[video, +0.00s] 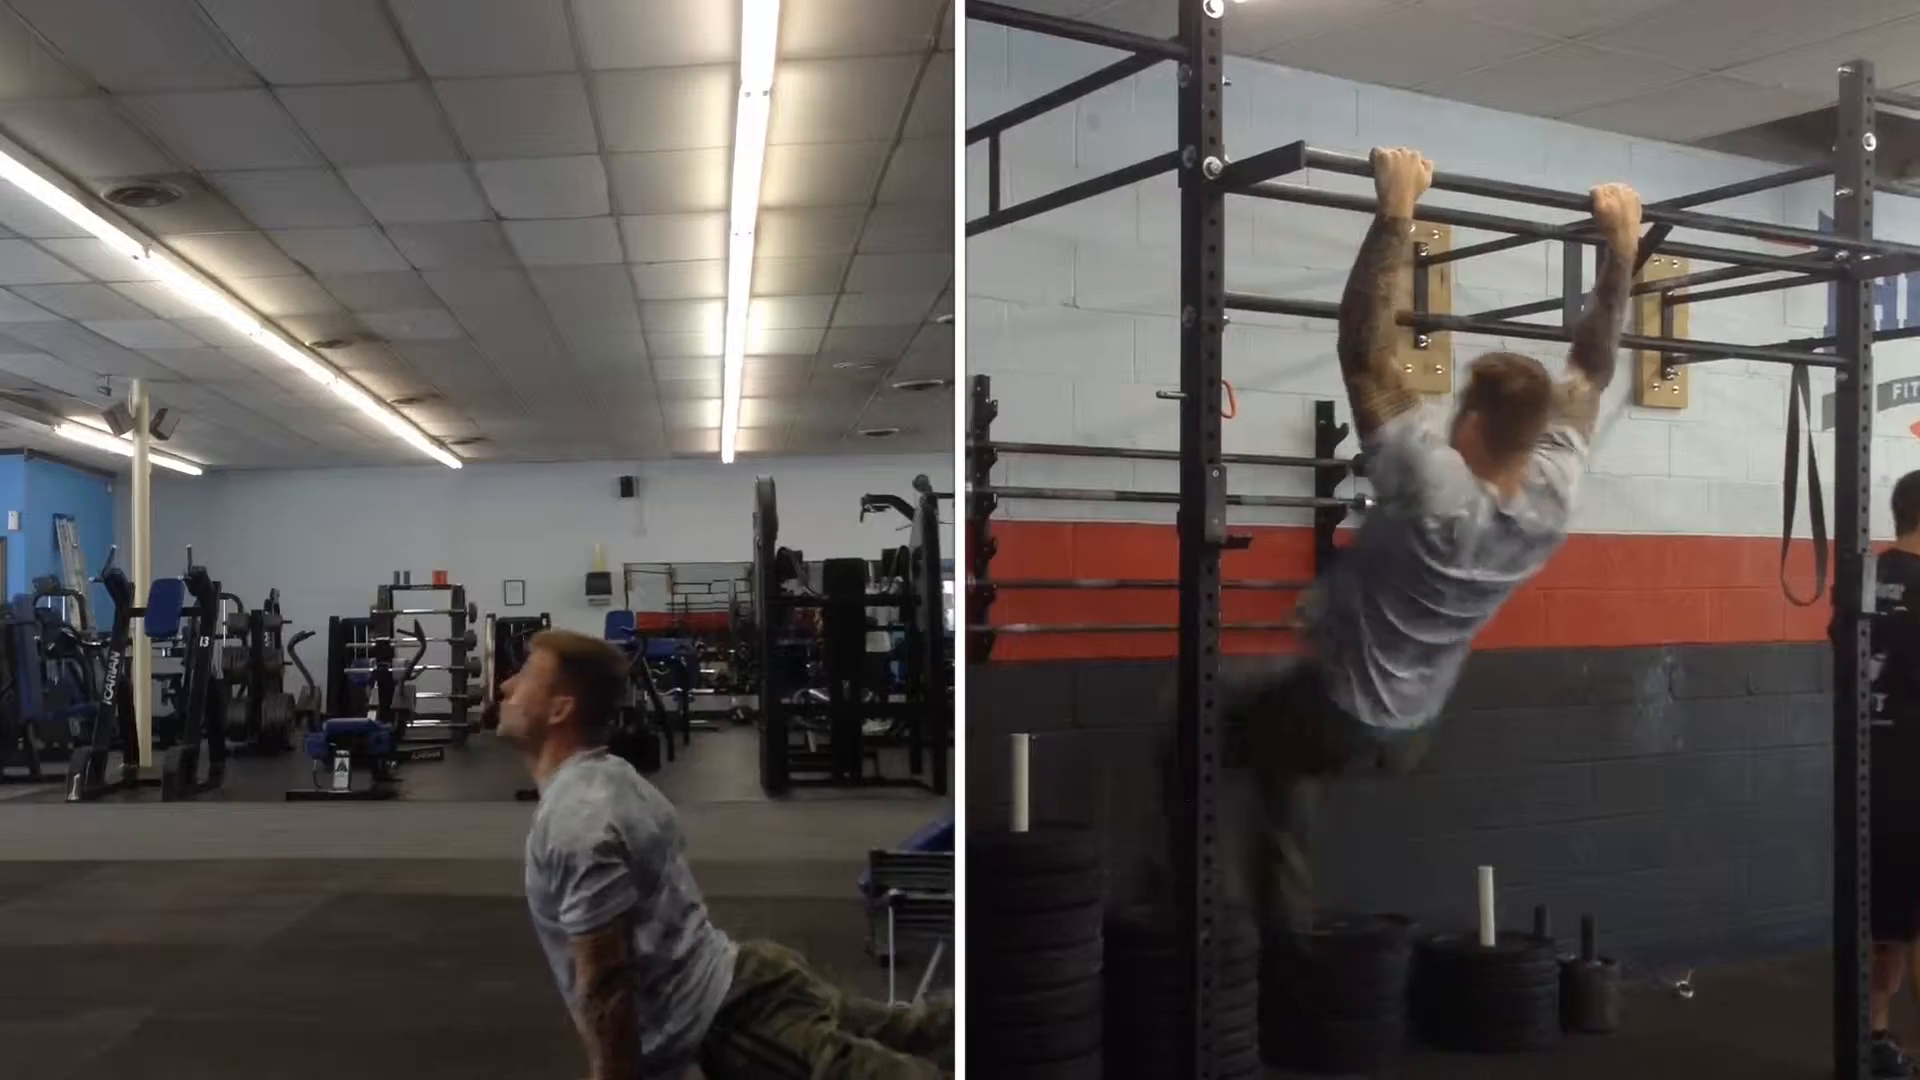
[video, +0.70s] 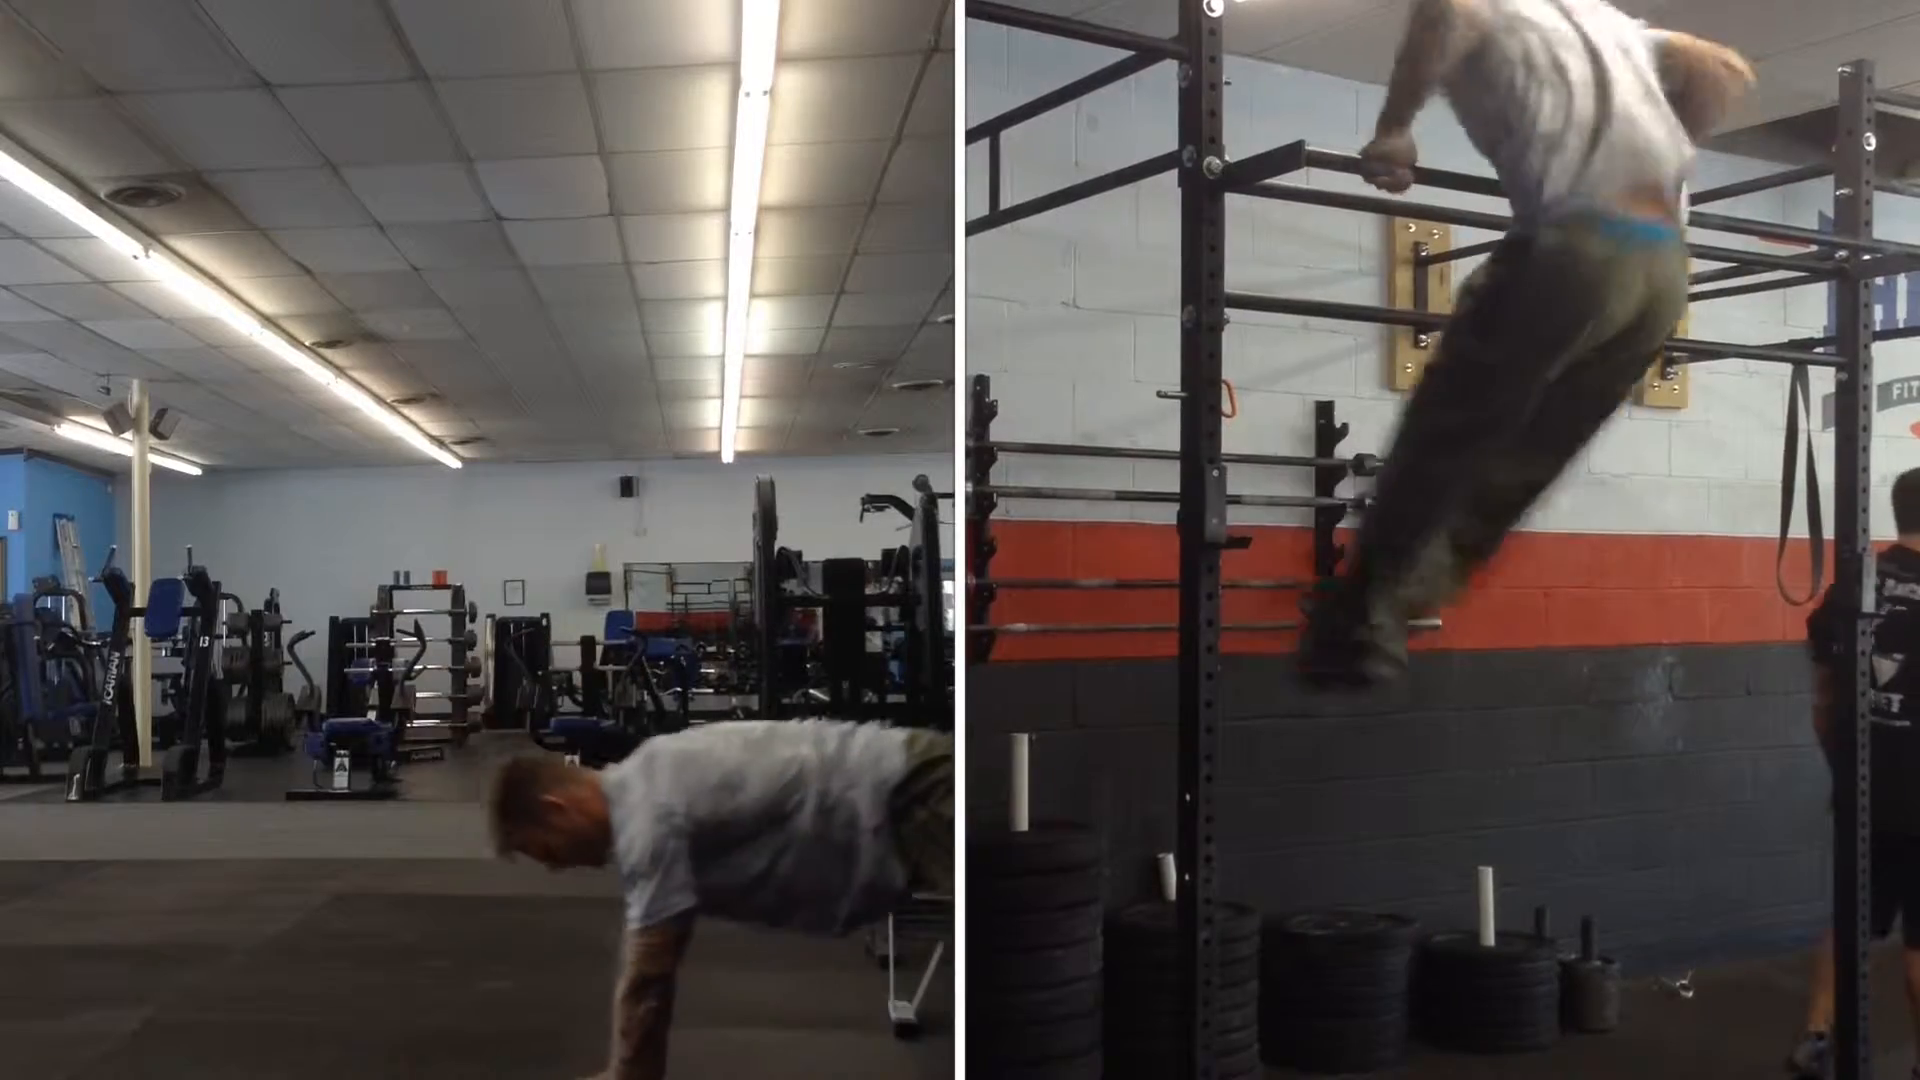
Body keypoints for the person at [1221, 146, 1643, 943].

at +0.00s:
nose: (1455, 419)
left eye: (1462, 410)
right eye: (1465, 408)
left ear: (1470, 426)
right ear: (1538, 439)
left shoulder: (1429, 488)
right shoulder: (1545, 509)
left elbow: (1366, 353)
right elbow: (1590, 376)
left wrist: (1394, 218)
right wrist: (1621, 259)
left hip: (1338, 713)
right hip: (1409, 719)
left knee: (1200, 714)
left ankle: (1192, 902)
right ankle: (1285, 922)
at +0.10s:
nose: (1500, 418)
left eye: (1509, 408)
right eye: (1510, 407)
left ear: (1521, 430)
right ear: (1583, 435)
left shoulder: (1468, 495)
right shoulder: (1592, 508)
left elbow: (1379, 361)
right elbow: (1606, 380)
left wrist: (1396, 214)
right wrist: (1625, 253)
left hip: (1367, 707)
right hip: (1447, 709)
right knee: (1311, 574)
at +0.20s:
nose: (1560, 373)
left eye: (1568, 363)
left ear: (1572, 379)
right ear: (1643, 401)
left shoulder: (1511, 451)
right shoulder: (1653, 487)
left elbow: (1406, 353)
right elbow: (1636, 375)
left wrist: (1402, 211)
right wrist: (1635, 257)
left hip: (1397, 592)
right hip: (1464, 639)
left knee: (1241, 493)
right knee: (1320, 539)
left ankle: (1122, 547)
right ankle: (1216, 577)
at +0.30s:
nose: (1600, 271)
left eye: (1608, 260)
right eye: (1608, 255)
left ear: (1617, 276)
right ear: (1683, 295)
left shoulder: (1556, 354)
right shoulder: (1698, 392)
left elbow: (1403, 320)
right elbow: (1657, 323)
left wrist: (1402, 203)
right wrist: (1630, 238)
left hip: (1441, 469)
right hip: (1504, 512)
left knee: (1253, 442)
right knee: (1344, 473)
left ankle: (1133, 556)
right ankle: (1247, 574)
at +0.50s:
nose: (1533, 15)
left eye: (1536, 10)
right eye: (1537, 11)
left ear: (1556, 5)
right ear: (1623, 8)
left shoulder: (1547, 51)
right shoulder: (1704, 100)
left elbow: (1490, 162)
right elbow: (1754, 240)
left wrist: (1407, 158)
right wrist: (1667, 187)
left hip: (1492, 346)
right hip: (1572, 384)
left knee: (1331, 408)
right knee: (1398, 453)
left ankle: (1255, 577)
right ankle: (1306, 564)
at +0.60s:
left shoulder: (1515, 11)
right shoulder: (1662, 34)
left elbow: (1477, 69)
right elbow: (1757, 132)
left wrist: (1399, 133)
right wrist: (1657, 158)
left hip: (1530, 307)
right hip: (1620, 335)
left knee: (1386, 430)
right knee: (1449, 470)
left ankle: (1298, 605)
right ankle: (1327, 576)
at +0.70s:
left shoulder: (1473, 11)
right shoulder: (1606, 20)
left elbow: (1446, 12)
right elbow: (1724, 69)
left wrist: (1394, 124)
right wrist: (1659, 158)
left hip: (1572, 254)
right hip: (1665, 273)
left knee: (1448, 426)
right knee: (1530, 456)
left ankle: (1359, 631)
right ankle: (1424, 588)